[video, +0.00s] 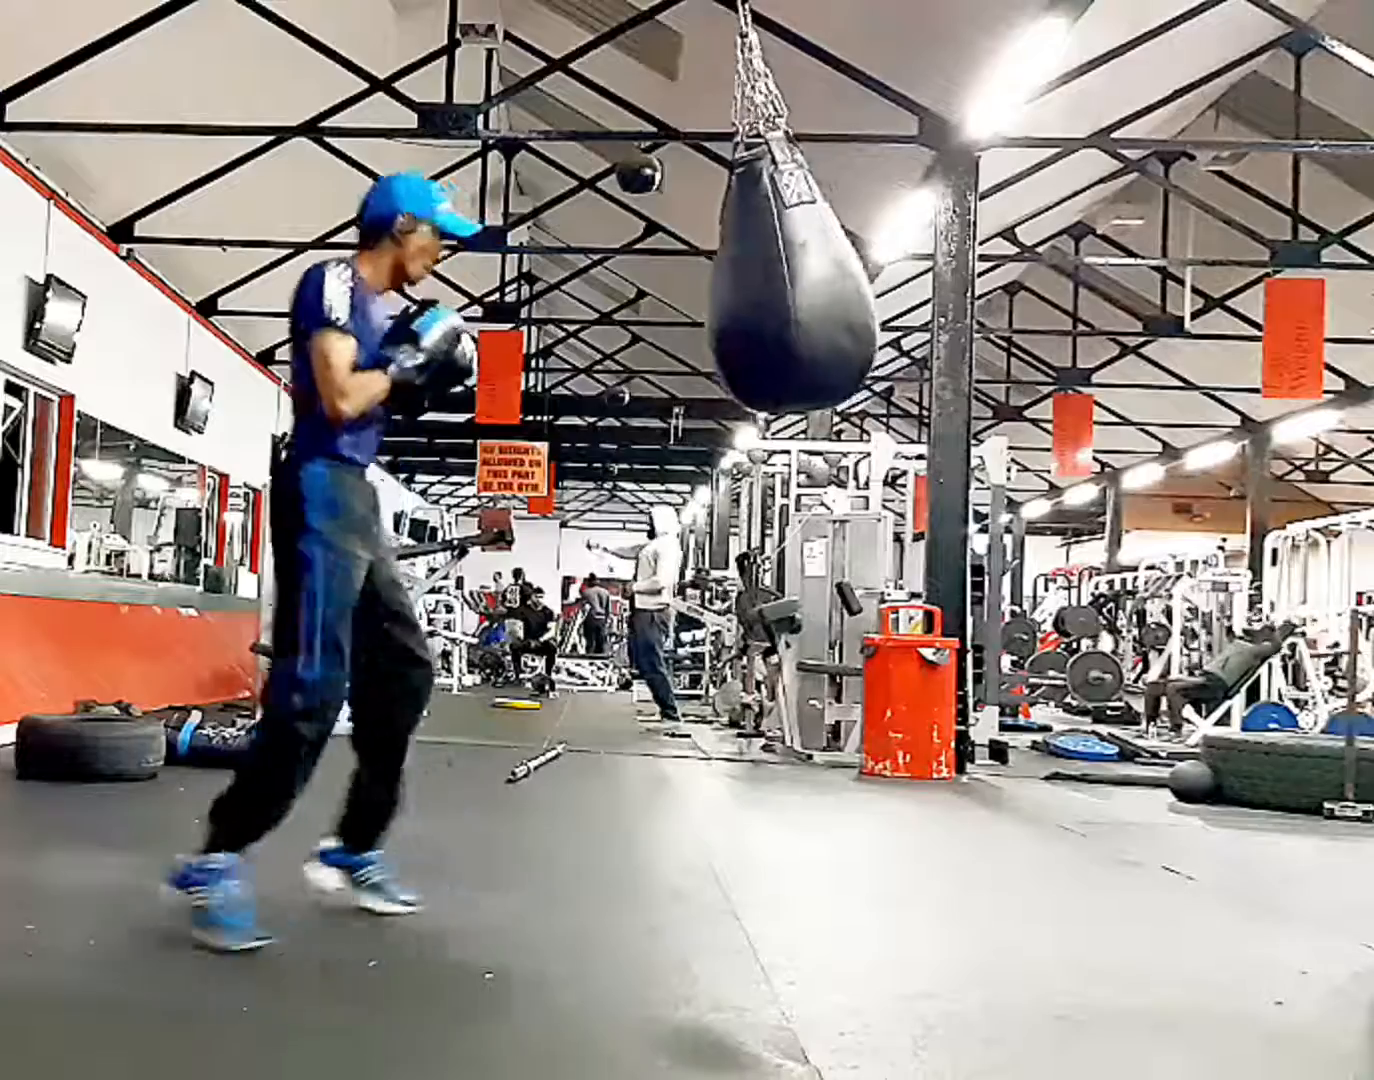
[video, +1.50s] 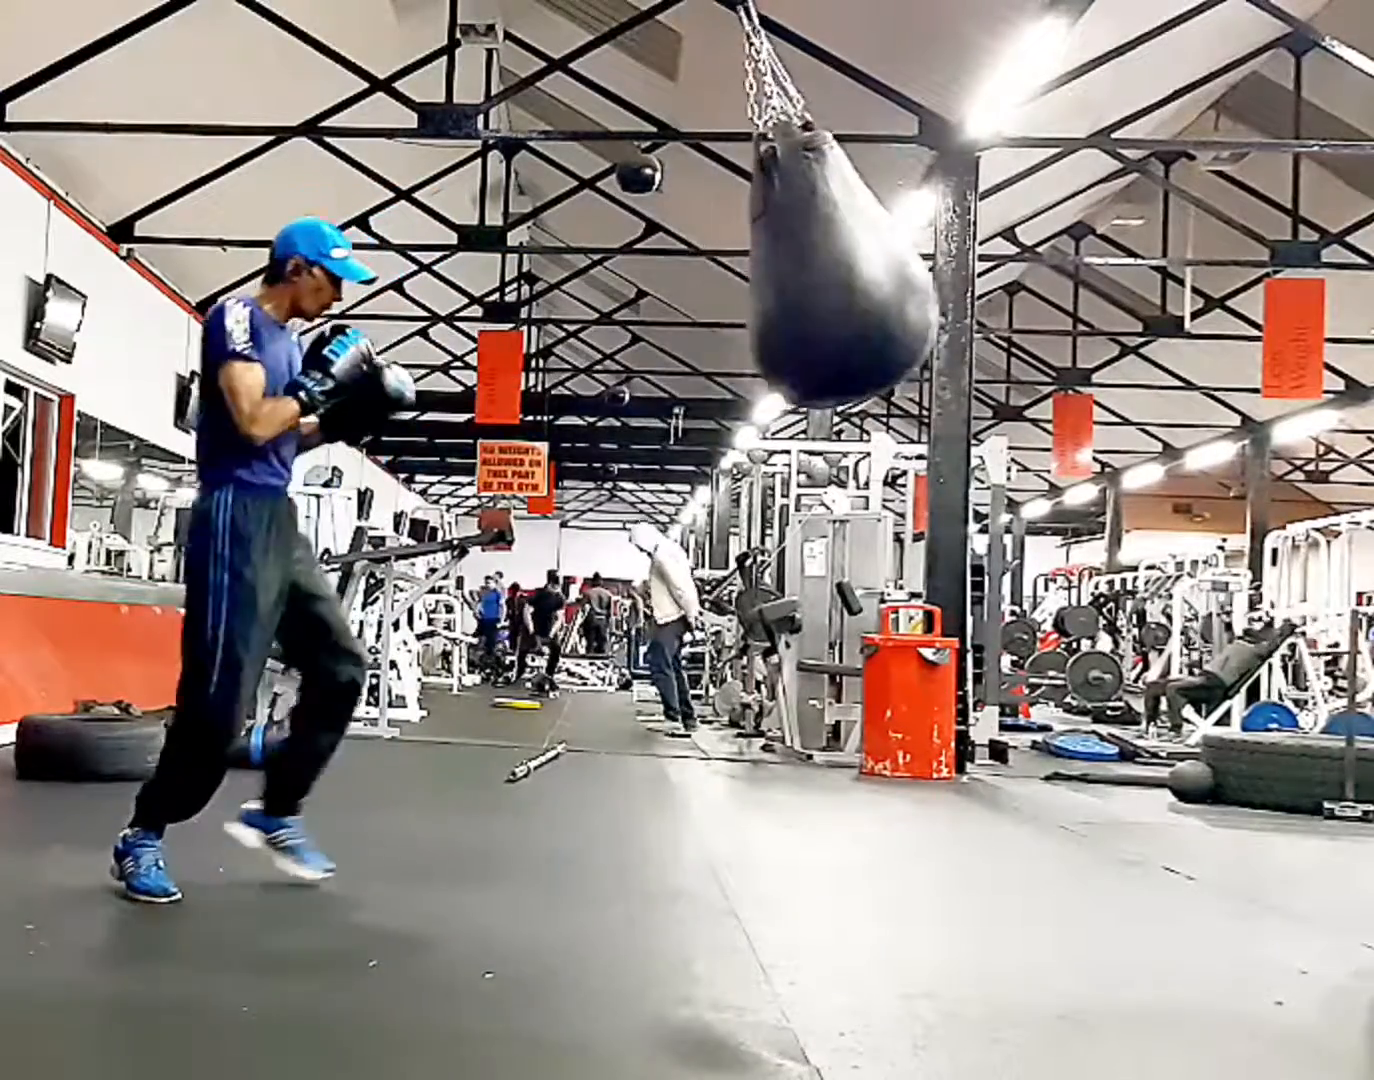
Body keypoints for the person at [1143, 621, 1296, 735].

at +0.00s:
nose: (1263, 632)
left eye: (1267, 631)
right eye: (1266, 630)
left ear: (1266, 636)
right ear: (1260, 632)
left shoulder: (1257, 651)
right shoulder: (1236, 643)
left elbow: (1276, 646)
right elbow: (1226, 635)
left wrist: (1278, 633)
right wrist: (1221, 624)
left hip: (1217, 682)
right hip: (1203, 675)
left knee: (1174, 688)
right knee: (1152, 687)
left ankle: (1176, 732)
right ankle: (1147, 730)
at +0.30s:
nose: (1258, 633)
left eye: (1260, 631)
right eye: (1259, 631)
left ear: (1261, 637)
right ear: (1253, 633)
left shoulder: (1258, 651)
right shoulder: (1237, 644)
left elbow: (1280, 653)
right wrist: (1225, 633)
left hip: (1218, 680)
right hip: (1204, 673)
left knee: (1173, 687)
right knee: (1151, 687)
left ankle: (1176, 730)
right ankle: (1147, 728)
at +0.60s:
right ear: (1255, 637)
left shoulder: (1256, 652)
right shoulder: (1236, 643)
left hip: (1219, 681)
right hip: (1204, 675)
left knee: (1174, 689)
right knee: (1153, 687)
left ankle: (1176, 732)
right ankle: (1149, 728)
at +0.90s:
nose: (1257, 631)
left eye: (1260, 630)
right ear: (1255, 634)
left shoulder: (1256, 651)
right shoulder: (1236, 643)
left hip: (1218, 682)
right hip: (1203, 675)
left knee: (1174, 690)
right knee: (1152, 688)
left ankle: (1176, 732)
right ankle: (1148, 726)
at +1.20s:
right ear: (1253, 636)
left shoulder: (1254, 651)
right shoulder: (1231, 647)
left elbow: (1277, 656)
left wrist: (1273, 644)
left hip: (1218, 681)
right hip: (1203, 675)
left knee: (1173, 689)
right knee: (1153, 688)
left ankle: (1176, 730)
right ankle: (1147, 728)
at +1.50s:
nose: (1251, 626)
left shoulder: (1258, 650)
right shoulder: (1236, 643)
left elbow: (1273, 644)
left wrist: (1283, 632)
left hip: (1218, 682)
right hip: (1203, 676)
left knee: (1174, 689)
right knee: (1152, 688)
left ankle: (1176, 730)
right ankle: (1148, 727)